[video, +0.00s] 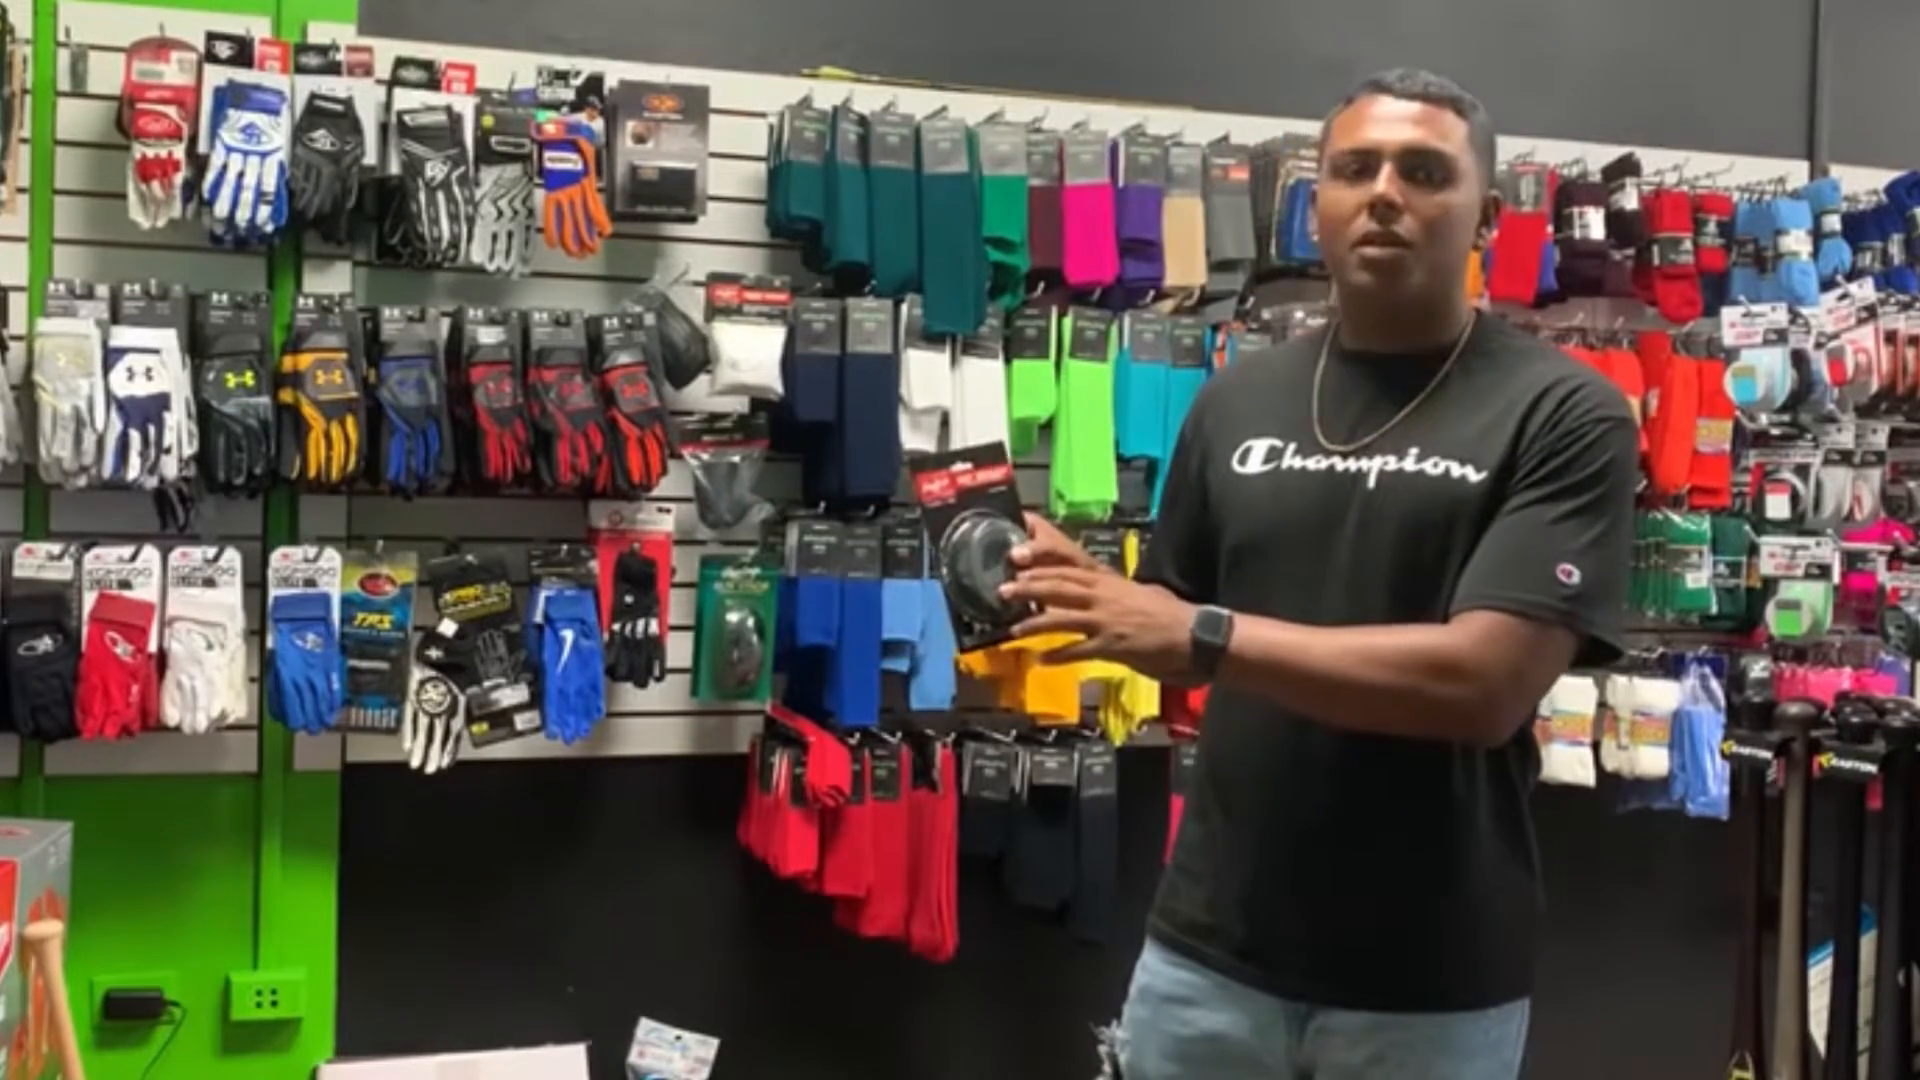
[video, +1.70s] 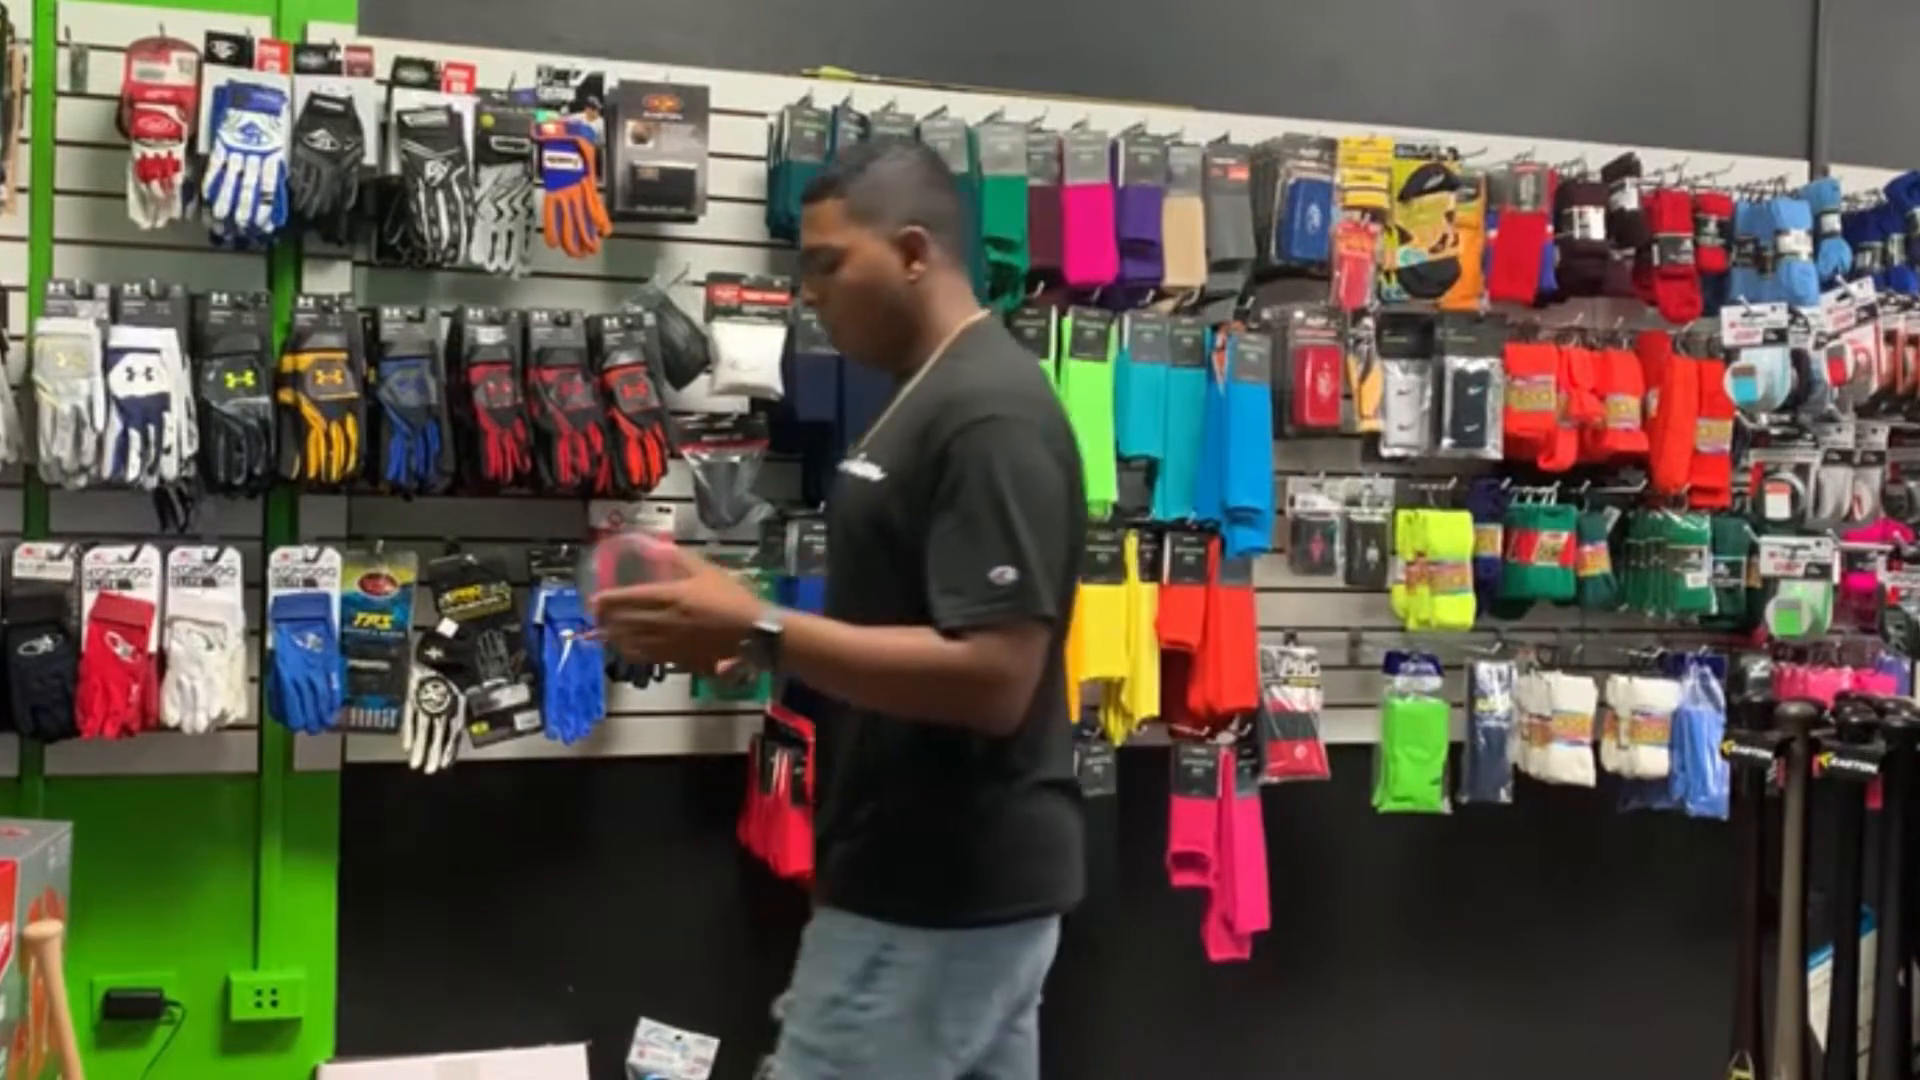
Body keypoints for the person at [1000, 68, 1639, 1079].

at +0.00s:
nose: (1385, 195)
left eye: (1426, 172)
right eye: (1356, 169)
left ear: (1483, 217)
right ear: (1316, 205)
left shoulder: (1566, 415)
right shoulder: (1236, 399)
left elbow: (1486, 685)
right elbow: (1192, 647)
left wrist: (1196, 631)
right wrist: (1082, 600)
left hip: (1432, 980)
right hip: (1211, 955)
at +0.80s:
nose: (1250, 202)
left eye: (1291, 175)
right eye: (1225, 178)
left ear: (1366, 209)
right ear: (1204, 208)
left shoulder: (1453, 400)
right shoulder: (1158, 381)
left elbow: (1431, 694)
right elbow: (1112, 604)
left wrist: (1150, 648)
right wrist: (1033, 624)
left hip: (1341, 954)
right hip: (1146, 924)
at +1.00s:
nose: (1160, 209)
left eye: (1198, 184)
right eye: (1138, 188)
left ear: (1273, 214)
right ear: (1117, 219)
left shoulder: (1352, 405)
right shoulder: (1084, 398)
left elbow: (1342, 683)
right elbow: (1052, 615)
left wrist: (1070, 635)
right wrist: (977, 615)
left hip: (1258, 945)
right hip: (1076, 917)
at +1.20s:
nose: (1027, 246)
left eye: (1063, 218)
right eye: (1023, 221)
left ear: (1159, 232)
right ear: (1015, 233)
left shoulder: (1242, 413)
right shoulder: (1010, 410)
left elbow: (1233, 687)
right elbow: (978, 624)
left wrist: (977, 626)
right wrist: (884, 613)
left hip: (1157, 941)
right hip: (988, 913)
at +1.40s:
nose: (933, 286)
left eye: (958, 256)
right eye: (929, 261)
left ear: (1051, 246)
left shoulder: (1156, 414)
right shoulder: (971, 407)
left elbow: (1140, 681)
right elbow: (962, 625)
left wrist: (900, 619)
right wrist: (840, 608)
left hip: (1066, 903)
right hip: (946, 881)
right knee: (960, 1064)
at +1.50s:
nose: (896, 292)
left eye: (917, 260)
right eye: (892, 267)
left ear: (1008, 247)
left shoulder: (1107, 412)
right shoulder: (960, 406)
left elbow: (1099, 680)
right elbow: (953, 629)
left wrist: (858, 621)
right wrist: (824, 618)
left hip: (1027, 891)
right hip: (945, 873)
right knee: (943, 1060)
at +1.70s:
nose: (808, 296)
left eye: (826, 263)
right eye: (806, 271)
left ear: (916, 251)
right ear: (913, 256)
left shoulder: (991, 412)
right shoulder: (947, 397)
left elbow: (994, 681)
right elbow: (937, 650)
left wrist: (755, 628)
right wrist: (749, 634)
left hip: (934, 898)